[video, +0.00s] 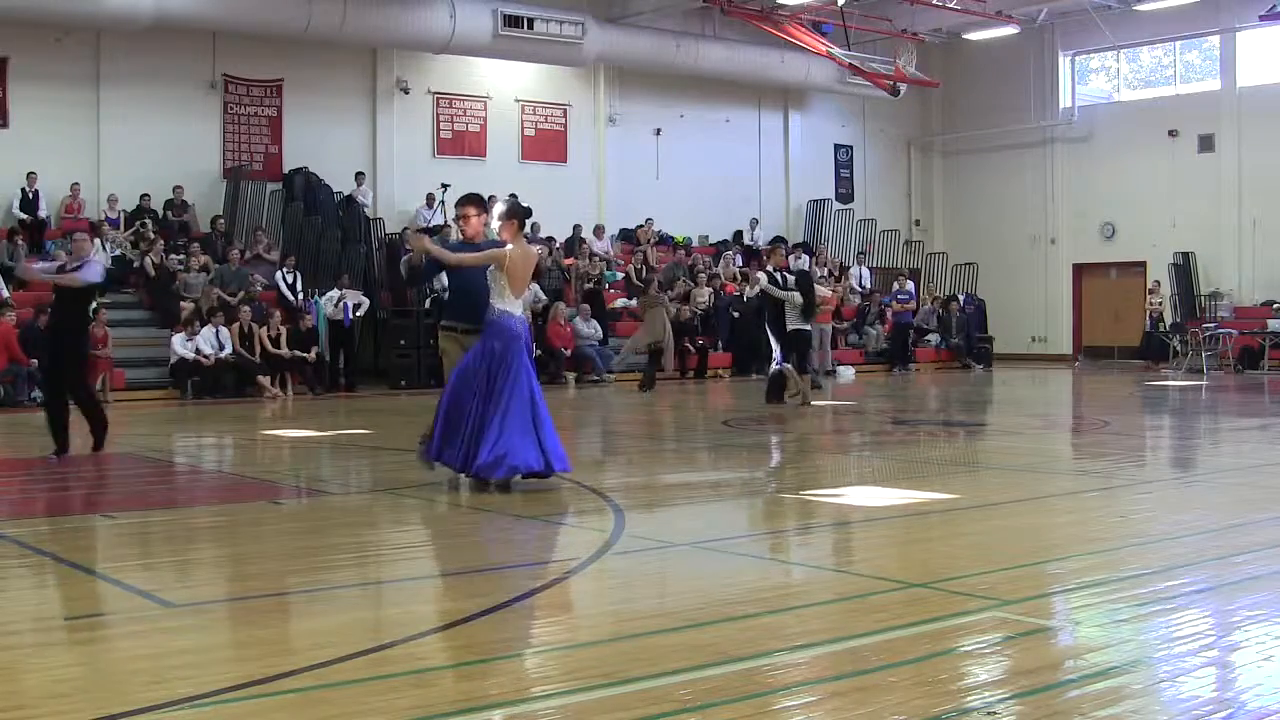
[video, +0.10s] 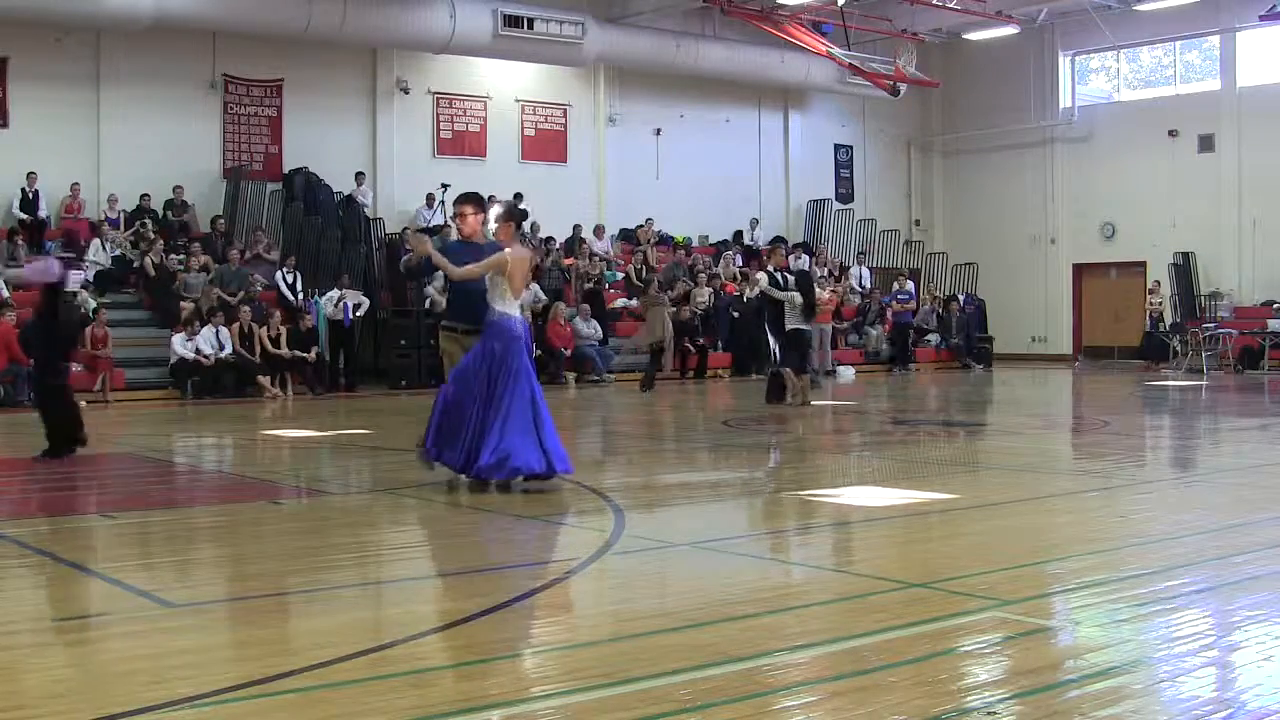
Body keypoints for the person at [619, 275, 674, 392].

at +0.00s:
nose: (657, 286)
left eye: (656, 283)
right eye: (656, 284)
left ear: (645, 285)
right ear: (653, 285)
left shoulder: (642, 300)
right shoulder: (662, 298)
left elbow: (641, 315)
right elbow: (670, 313)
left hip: (649, 327)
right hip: (662, 327)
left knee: (652, 356)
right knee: (656, 356)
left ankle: (649, 382)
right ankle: (645, 383)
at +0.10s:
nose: (657, 285)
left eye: (656, 283)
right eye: (655, 283)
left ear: (646, 285)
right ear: (652, 284)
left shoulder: (644, 300)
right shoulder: (663, 298)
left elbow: (643, 314)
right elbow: (668, 310)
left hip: (651, 327)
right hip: (663, 326)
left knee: (653, 356)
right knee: (657, 357)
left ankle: (648, 382)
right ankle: (647, 382)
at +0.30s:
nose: (666, 284)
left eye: (665, 282)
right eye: (664, 282)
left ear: (654, 286)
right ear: (661, 284)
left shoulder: (653, 302)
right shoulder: (669, 296)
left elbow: (652, 317)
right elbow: (679, 294)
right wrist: (680, 286)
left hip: (660, 333)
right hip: (673, 333)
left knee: (655, 360)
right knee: (682, 356)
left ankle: (649, 384)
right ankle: (679, 383)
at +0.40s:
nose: (670, 286)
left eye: (668, 284)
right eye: (668, 284)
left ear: (657, 288)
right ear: (666, 286)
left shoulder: (656, 301)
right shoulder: (676, 296)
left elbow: (656, 316)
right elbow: (688, 289)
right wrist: (682, 285)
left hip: (665, 332)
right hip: (679, 331)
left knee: (659, 359)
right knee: (685, 357)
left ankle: (650, 384)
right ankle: (680, 385)